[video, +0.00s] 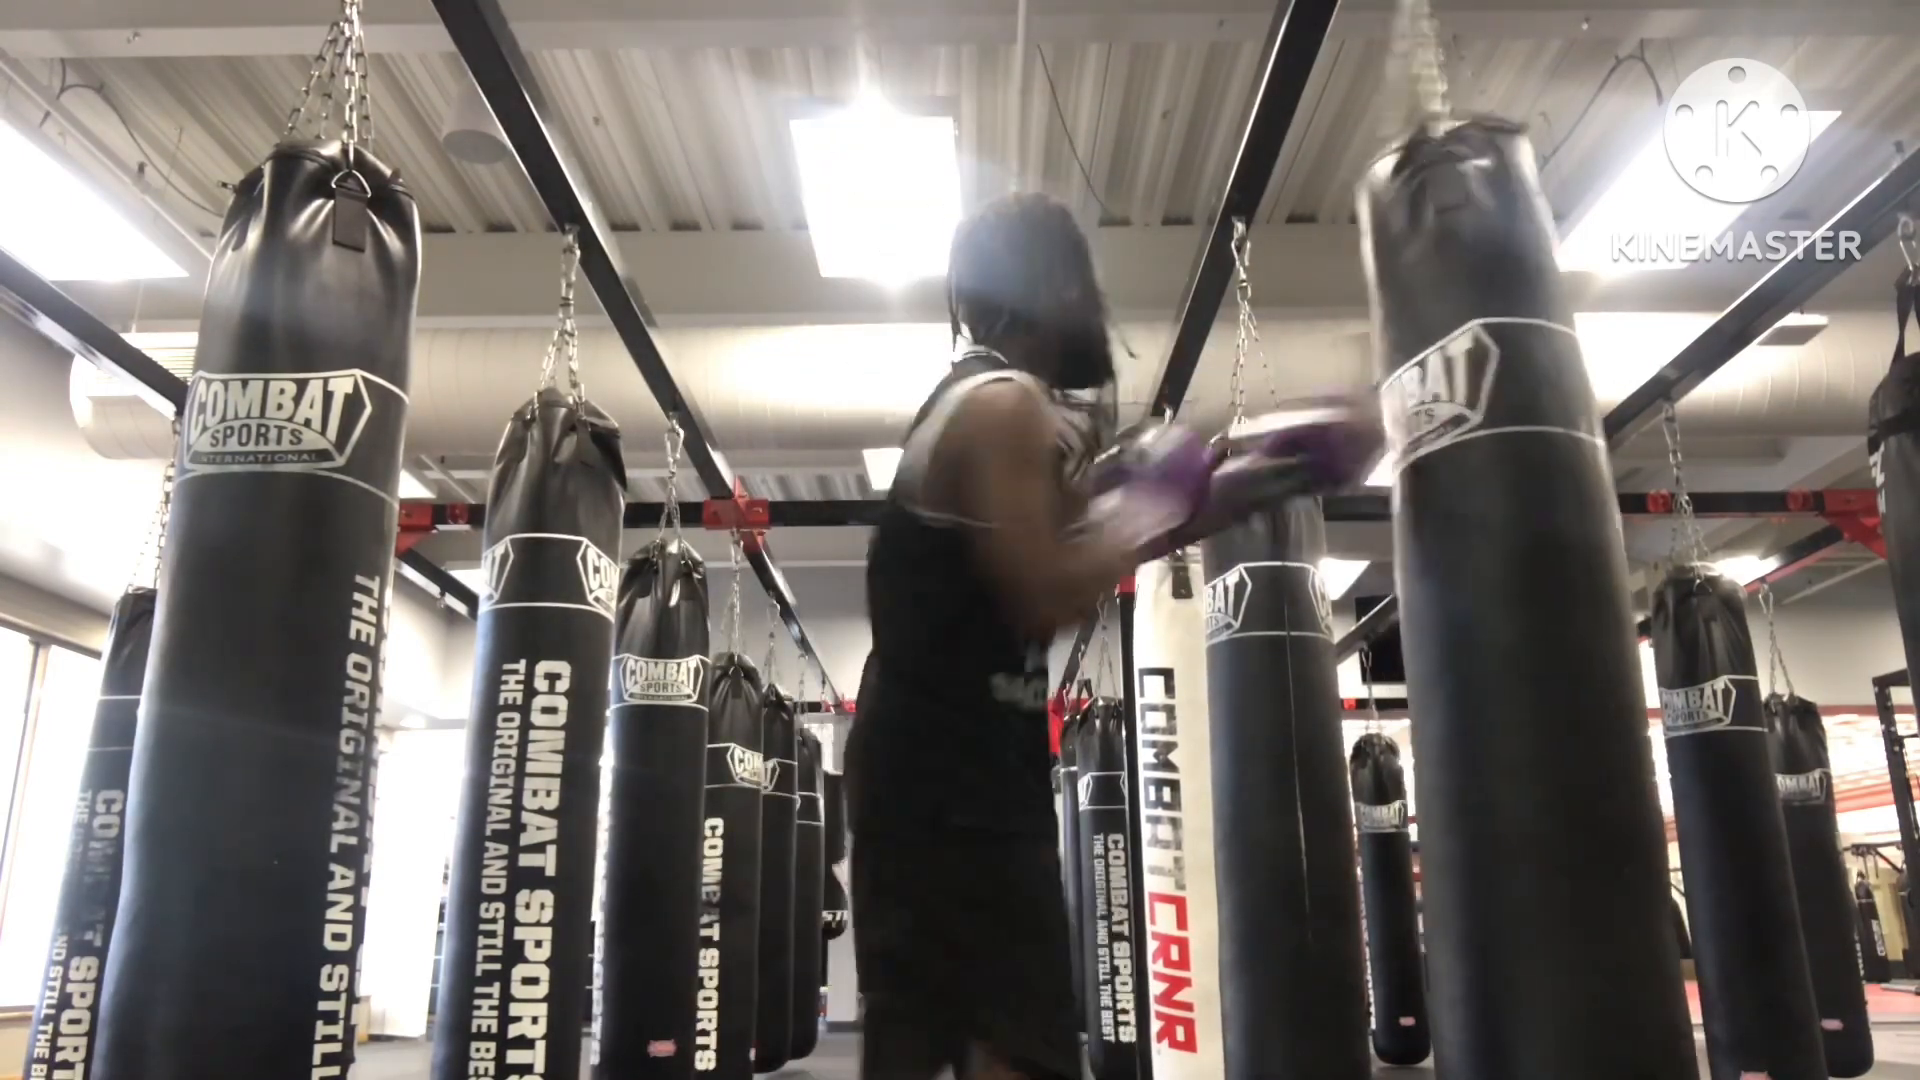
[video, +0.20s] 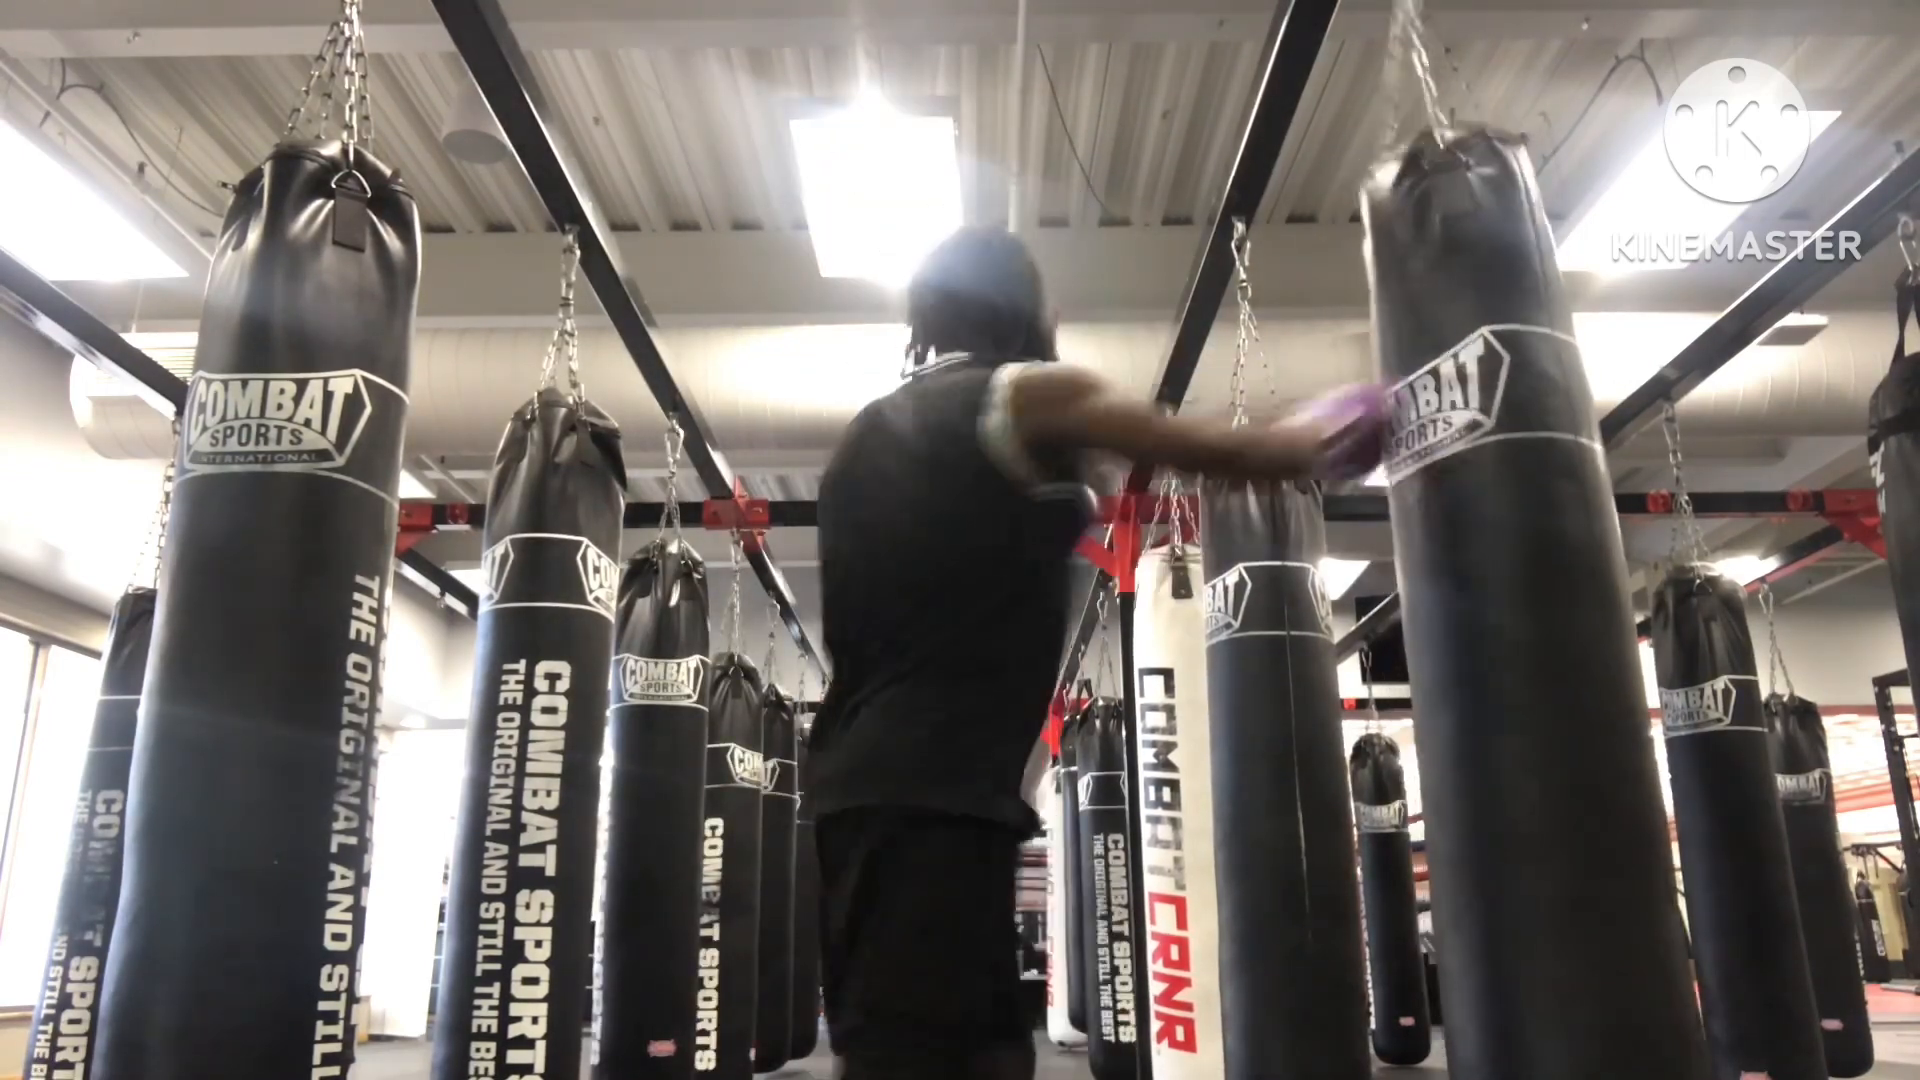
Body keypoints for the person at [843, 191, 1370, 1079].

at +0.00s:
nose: (1096, 294)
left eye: (1087, 274)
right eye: (1081, 272)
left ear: (983, 292)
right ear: (1054, 285)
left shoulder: (974, 404)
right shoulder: (1007, 404)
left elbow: (1071, 550)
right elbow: (1041, 591)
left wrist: (1239, 488)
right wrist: (1156, 512)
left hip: (921, 759)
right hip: (965, 764)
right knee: (1021, 1033)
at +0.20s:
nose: (1050, 320)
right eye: (1042, 304)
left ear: (924, 321)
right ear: (1026, 312)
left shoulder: (864, 437)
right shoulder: (1036, 396)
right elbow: (1222, 451)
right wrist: (1327, 436)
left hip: (849, 806)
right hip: (951, 810)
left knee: (886, 1052)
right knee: (955, 1053)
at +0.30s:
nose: (1037, 318)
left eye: (1031, 302)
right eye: (1028, 299)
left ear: (920, 304)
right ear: (1006, 300)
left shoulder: (898, 407)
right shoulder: (967, 383)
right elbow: (1079, 527)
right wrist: (1190, 486)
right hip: (902, 770)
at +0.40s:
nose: (1034, 319)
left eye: (1028, 296)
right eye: (1018, 295)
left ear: (925, 303)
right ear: (970, 300)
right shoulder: (911, 394)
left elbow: (903, 668)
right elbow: (972, 590)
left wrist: (1058, 646)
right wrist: (1051, 496)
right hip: (867, 788)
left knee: (1019, 1049)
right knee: (865, 1055)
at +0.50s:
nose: (1031, 318)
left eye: (1023, 295)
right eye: (1013, 294)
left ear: (923, 310)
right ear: (956, 300)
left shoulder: (878, 414)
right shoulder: (890, 405)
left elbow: (884, 650)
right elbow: (1022, 566)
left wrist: (1032, 633)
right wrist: (1091, 461)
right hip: (858, 809)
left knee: (1063, 1042)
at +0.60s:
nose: (1047, 271)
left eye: (1038, 251)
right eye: (1026, 250)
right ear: (966, 263)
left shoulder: (967, 416)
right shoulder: (874, 369)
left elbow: (1027, 558)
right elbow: (1017, 498)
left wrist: (1145, 478)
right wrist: (1083, 400)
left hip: (929, 741)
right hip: (823, 742)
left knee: (1025, 1033)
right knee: (747, 1040)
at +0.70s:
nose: (1059, 286)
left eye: (1052, 262)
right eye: (1038, 258)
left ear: (981, 273)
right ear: (975, 266)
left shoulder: (1019, 410)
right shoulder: (869, 376)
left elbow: (1188, 455)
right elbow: (1010, 486)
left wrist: (1339, 421)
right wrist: (1090, 386)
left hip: (941, 764)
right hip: (818, 757)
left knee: (999, 1050)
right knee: (776, 1051)